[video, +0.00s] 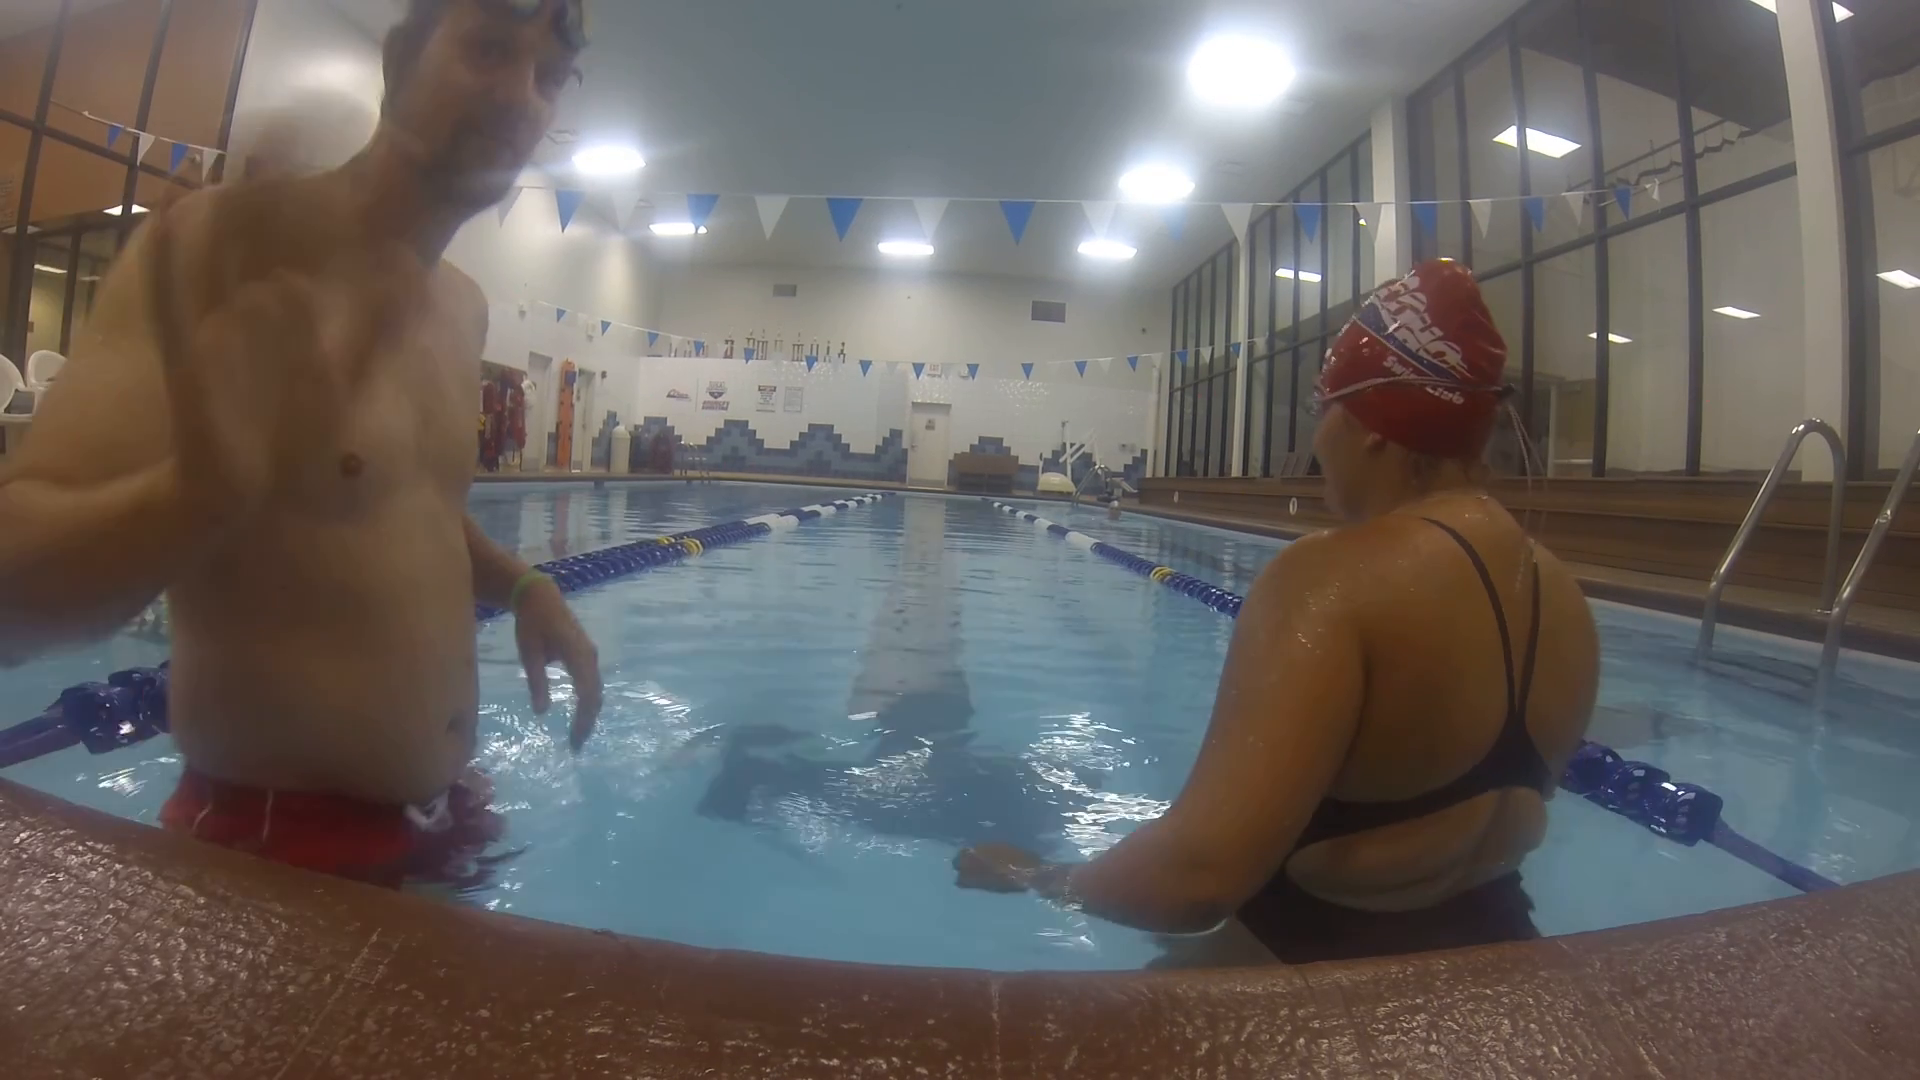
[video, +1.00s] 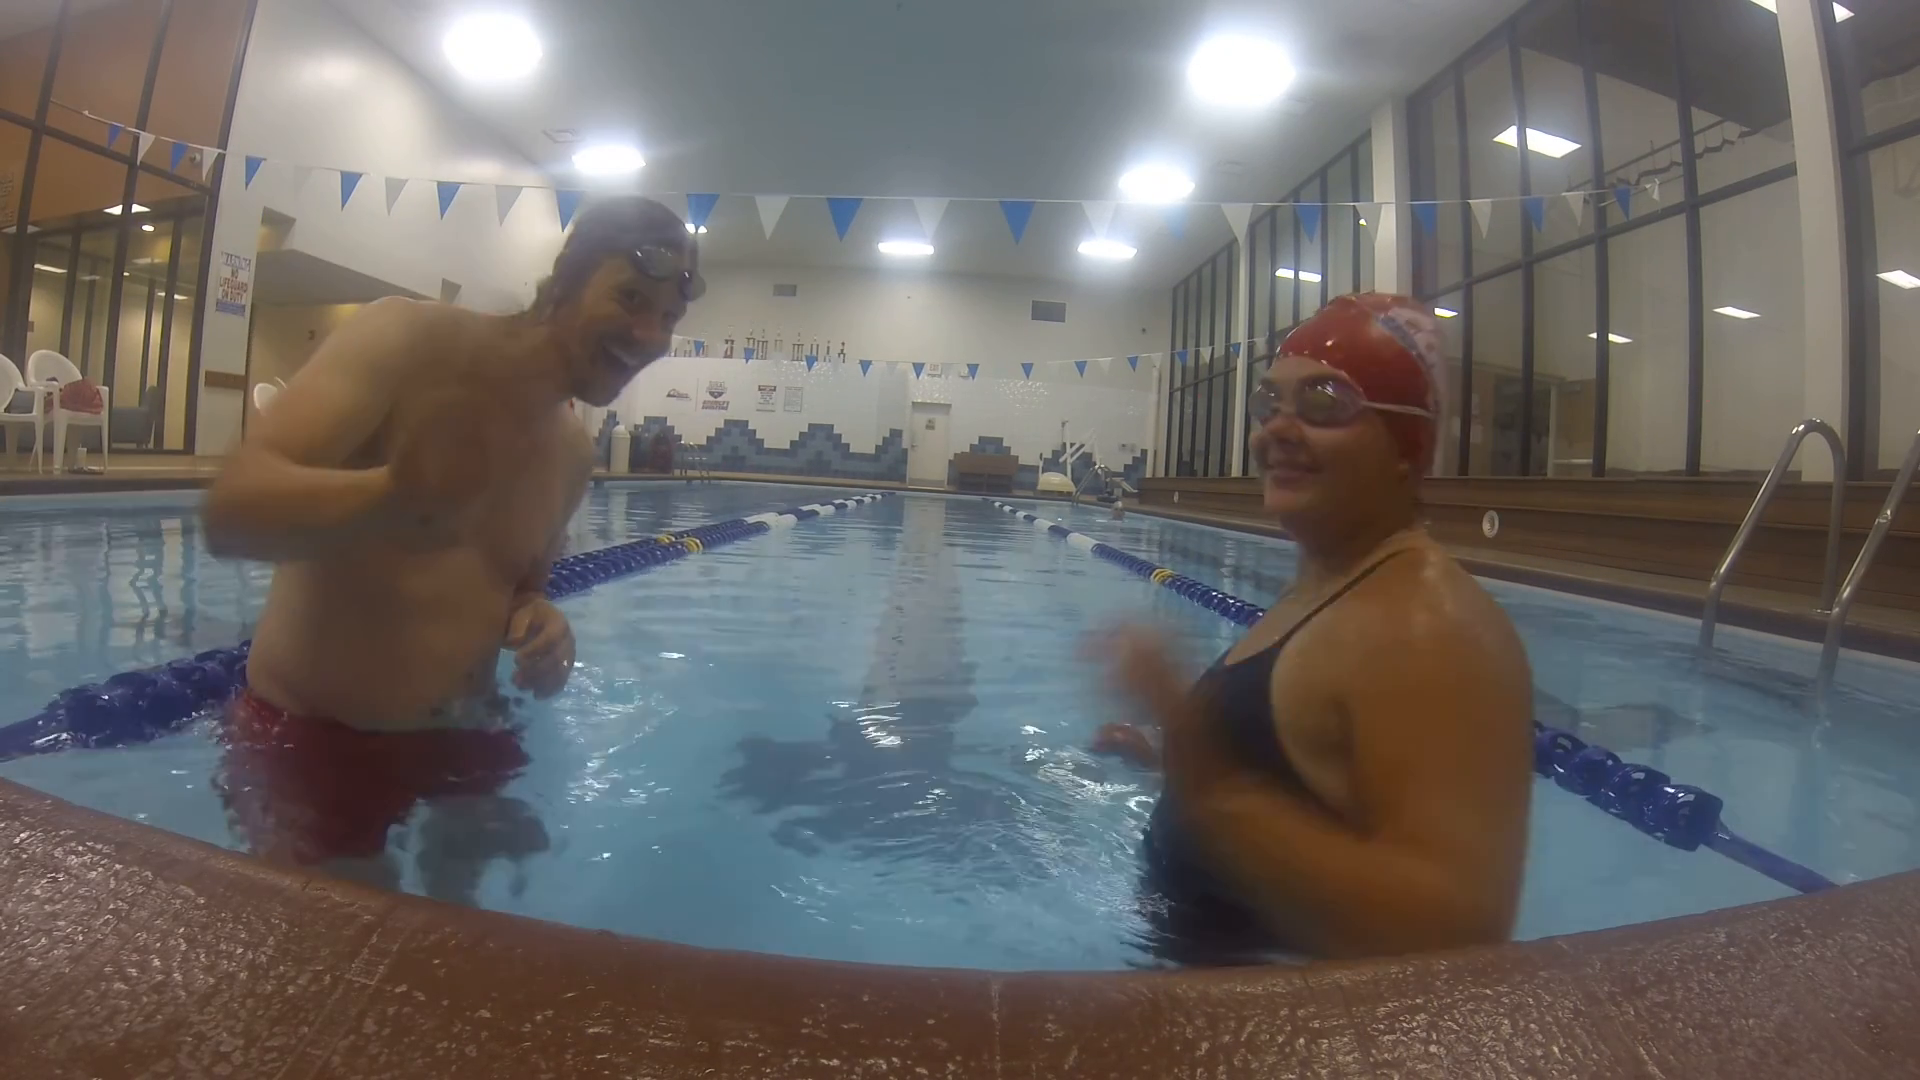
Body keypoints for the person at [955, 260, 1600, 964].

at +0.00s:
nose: (1317, 433)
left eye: (1327, 406)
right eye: (1324, 406)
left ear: (1375, 426)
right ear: (1470, 425)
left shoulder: (1327, 582)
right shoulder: (1557, 591)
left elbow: (1199, 875)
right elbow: (1512, 805)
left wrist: (1040, 879)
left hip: (1308, 981)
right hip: (1493, 964)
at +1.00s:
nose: (1279, 427)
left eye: (1323, 405)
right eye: (1270, 404)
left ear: (1406, 445)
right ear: (1254, 420)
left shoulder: (1431, 635)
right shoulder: (1322, 584)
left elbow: (1452, 921)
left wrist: (1212, 788)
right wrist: (1174, 758)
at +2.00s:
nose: (1337, 464)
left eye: (1364, 444)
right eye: (1308, 439)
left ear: (1389, 468)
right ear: (1266, 461)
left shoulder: (1442, 594)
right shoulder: (1205, 602)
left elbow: (1639, 725)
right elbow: (1163, 725)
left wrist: (1535, 630)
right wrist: (1066, 767)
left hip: (1403, 949)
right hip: (1252, 935)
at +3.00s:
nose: (1290, 456)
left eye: (1304, 431)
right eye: (1298, 431)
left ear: (1360, 453)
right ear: (1369, 454)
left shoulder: (1399, 587)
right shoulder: (1458, 561)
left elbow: (1423, 852)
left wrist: (1224, 801)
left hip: (1372, 967)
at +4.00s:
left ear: (1206, 531)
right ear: (1301, 534)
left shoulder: (1149, 621)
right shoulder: (1382, 622)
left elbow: (1074, 766)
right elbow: (1412, 749)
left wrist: (1124, 834)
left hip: (1229, 927)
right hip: (1388, 921)